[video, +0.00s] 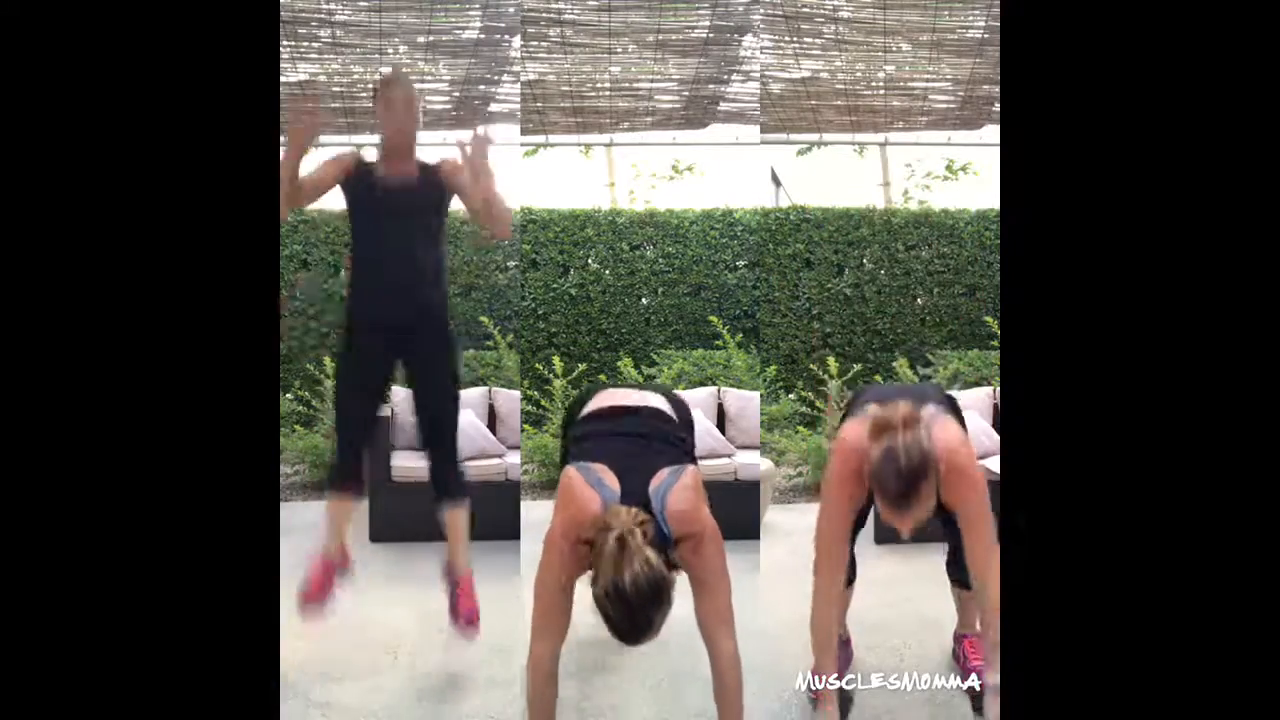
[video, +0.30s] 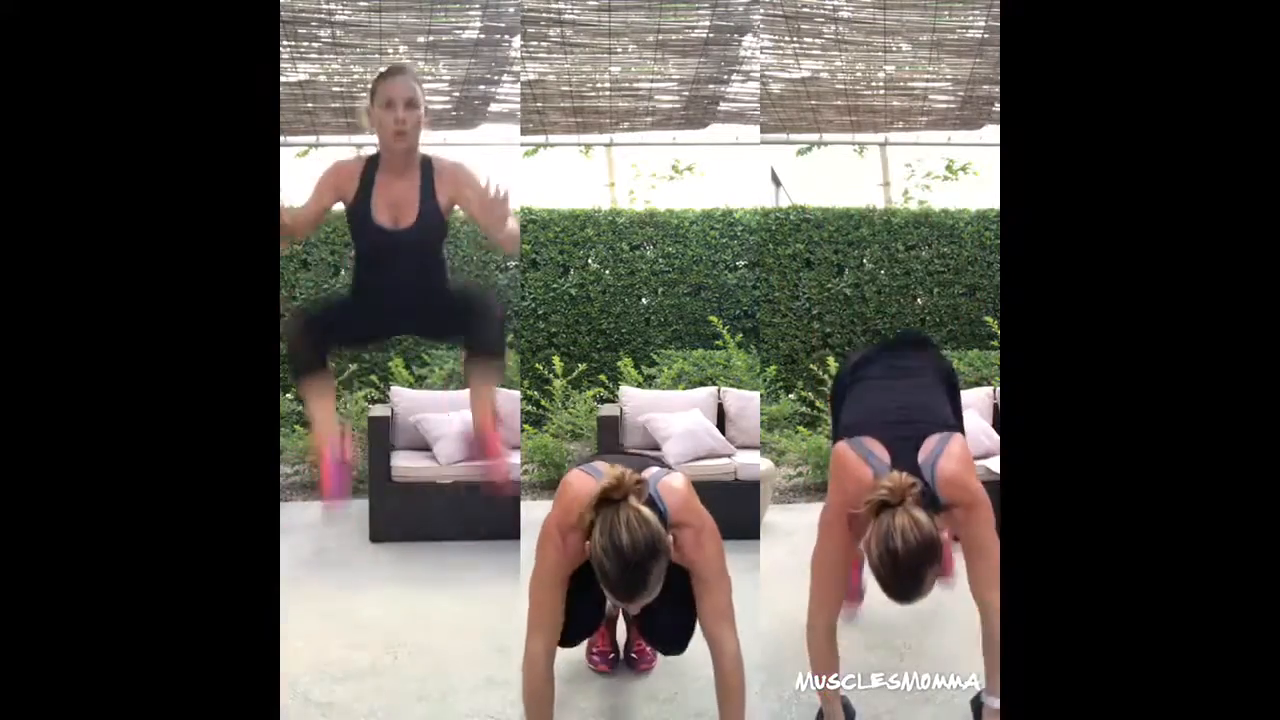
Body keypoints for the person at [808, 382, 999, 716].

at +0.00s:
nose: (905, 531)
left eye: (915, 521)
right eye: (893, 521)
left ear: (932, 479)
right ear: (872, 482)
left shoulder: (956, 455)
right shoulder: (849, 449)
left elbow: (988, 579)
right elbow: (826, 576)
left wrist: (994, 683)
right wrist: (826, 698)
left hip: (937, 404)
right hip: (867, 404)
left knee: (966, 544)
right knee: (837, 545)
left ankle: (967, 634)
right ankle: (838, 638)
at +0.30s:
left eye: (923, 588)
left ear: (940, 532)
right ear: (867, 532)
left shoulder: (961, 484)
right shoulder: (846, 487)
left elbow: (991, 602)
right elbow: (820, 619)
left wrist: (993, 700)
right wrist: (832, 708)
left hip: (928, 361)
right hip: (858, 368)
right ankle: (853, 562)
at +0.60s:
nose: (916, 584)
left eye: (929, 571)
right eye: (900, 575)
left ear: (949, 518)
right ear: (868, 523)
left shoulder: (968, 491)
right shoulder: (849, 482)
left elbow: (990, 612)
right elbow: (815, 625)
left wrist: (987, 704)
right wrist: (832, 711)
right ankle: (868, 562)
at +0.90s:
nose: (910, 599)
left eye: (916, 592)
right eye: (897, 595)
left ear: (935, 534)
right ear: (867, 542)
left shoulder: (958, 484)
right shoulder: (842, 487)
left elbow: (985, 606)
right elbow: (821, 620)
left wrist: (986, 704)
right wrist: (832, 711)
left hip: (932, 378)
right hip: (857, 378)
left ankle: (939, 551)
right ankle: (852, 558)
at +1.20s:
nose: (893, 517)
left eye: (905, 497)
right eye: (878, 500)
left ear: (921, 471)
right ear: (857, 478)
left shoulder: (954, 480)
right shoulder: (835, 483)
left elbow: (981, 599)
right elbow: (823, 607)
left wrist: (988, 704)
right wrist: (830, 712)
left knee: (968, 585)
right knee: (812, 589)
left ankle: (968, 646)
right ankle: (827, 660)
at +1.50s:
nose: (901, 399)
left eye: (913, 382)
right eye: (886, 384)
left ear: (930, 379)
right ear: (867, 384)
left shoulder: (955, 416)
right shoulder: (844, 416)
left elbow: (997, 490)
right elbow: (786, 510)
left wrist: (994, 554)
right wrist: (803, 591)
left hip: (928, 475)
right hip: (857, 474)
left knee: (955, 556)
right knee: (825, 559)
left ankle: (967, 647)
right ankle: (826, 651)